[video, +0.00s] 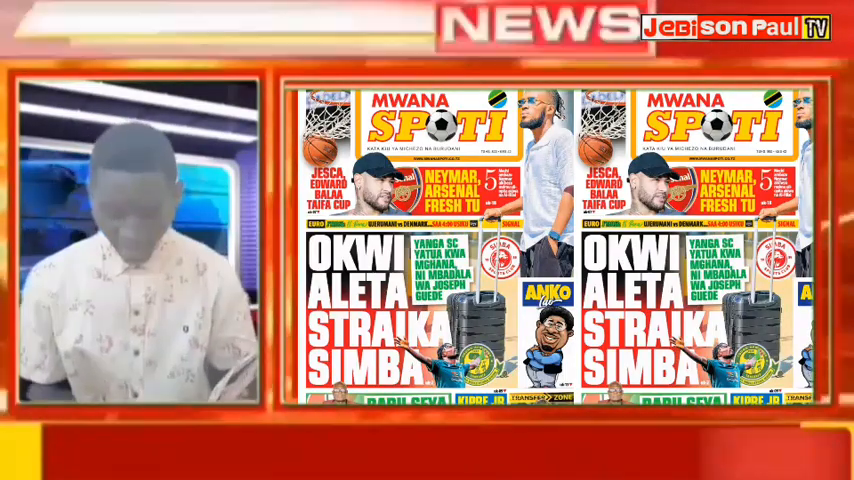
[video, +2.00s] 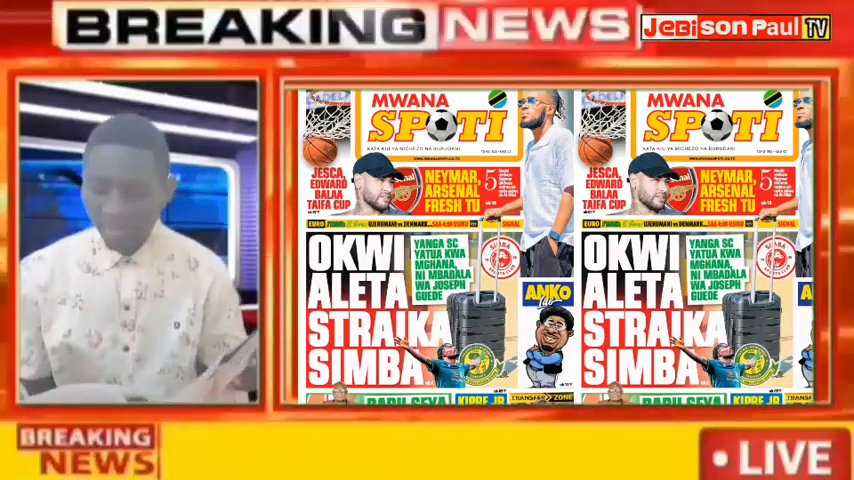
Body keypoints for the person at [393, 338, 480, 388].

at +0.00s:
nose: (453, 348)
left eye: (453, 347)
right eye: (449, 347)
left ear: (455, 351)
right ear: (443, 354)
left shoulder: (462, 367)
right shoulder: (438, 365)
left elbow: (474, 365)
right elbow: (423, 359)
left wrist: (478, 360)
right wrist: (408, 348)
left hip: (461, 403)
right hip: (444, 403)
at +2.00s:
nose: (453, 348)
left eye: (453, 347)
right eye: (449, 347)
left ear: (455, 351)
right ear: (443, 354)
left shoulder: (462, 367)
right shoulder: (438, 365)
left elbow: (474, 365)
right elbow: (423, 359)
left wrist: (478, 360)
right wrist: (408, 348)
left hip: (461, 403)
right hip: (444, 403)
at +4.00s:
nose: (453, 348)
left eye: (453, 347)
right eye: (449, 348)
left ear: (456, 352)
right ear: (443, 354)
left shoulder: (462, 367)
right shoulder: (439, 365)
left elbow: (474, 365)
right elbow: (423, 359)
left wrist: (478, 360)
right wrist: (408, 348)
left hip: (461, 403)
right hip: (445, 403)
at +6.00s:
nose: (453, 348)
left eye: (453, 347)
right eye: (449, 348)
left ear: (456, 352)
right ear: (443, 354)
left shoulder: (462, 367)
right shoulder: (439, 365)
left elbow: (474, 365)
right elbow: (423, 359)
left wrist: (478, 360)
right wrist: (407, 348)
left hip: (461, 403)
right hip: (444, 403)